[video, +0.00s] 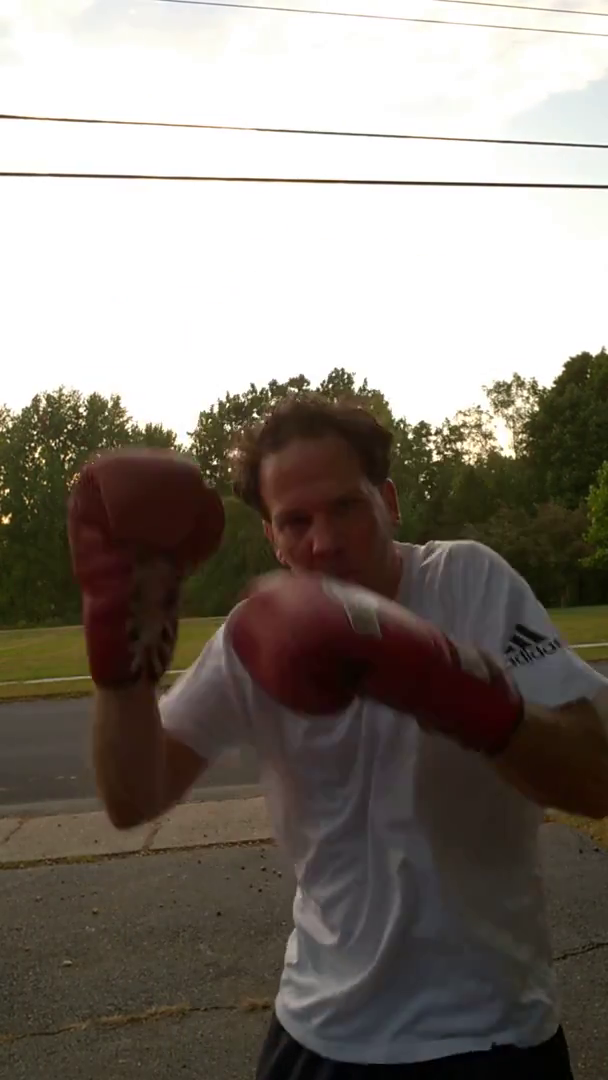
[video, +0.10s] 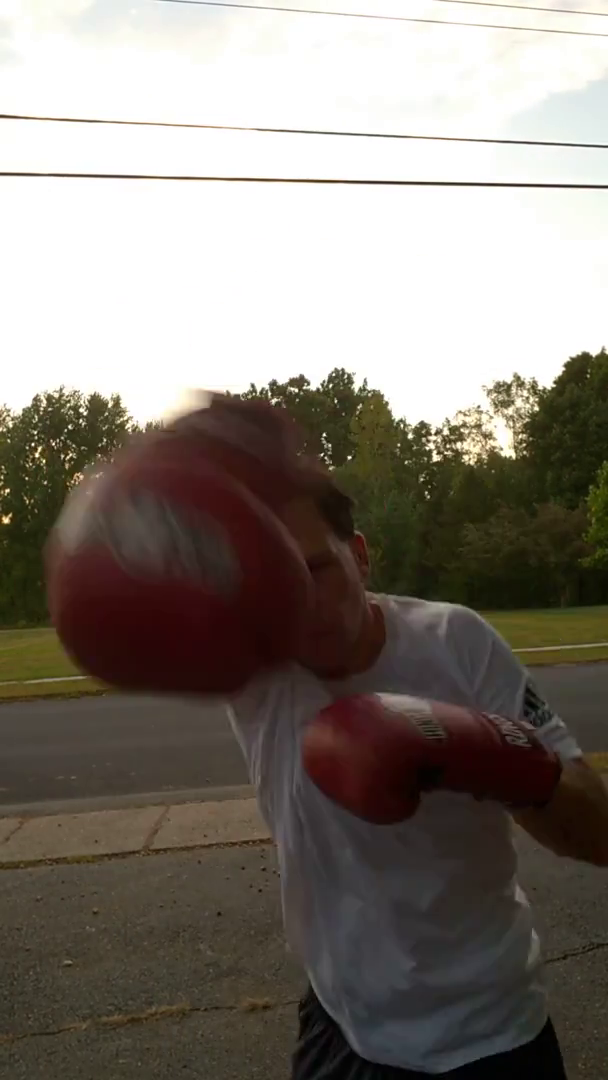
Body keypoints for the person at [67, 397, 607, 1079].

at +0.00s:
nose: (323, 541)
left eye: (342, 509)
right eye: (296, 522)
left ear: (387, 500)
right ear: (269, 533)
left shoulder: (469, 583)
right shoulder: (258, 634)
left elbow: (595, 780)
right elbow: (132, 799)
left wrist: (444, 688)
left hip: (484, 1021)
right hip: (322, 1023)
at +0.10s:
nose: (309, 601)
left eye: (318, 568)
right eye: (282, 582)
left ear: (359, 554)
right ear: (248, 600)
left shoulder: (454, 642)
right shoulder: (252, 678)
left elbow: (596, 832)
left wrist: (485, 757)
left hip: (487, 1034)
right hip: (339, 1029)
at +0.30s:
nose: (334, 594)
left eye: (352, 558)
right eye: (305, 571)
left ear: (400, 544)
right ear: (283, 575)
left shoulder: (506, 644)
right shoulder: (313, 679)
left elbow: (602, 710)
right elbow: (244, 813)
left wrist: (568, 601)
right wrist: (206, 803)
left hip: (536, 1049)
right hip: (388, 1041)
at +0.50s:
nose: (386, 566)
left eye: (404, 532)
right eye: (356, 547)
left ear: (447, 520)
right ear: (329, 558)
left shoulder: (538, 595)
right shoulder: (322, 655)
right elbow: (209, 834)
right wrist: (201, 661)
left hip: (589, 1017)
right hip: (450, 1016)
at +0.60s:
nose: (376, 615)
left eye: (390, 580)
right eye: (346, 592)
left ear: (440, 557)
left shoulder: (547, 636)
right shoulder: (352, 688)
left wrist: (551, 751)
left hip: (584, 1041)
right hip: (454, 1023)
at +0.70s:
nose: (405, 592)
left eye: (423, 554)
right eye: (378, 571)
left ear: (474, 534)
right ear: (356, 573)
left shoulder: (578, 622)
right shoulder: (360, 652)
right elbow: (253, 816)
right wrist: (350, 795)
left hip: (582, 1029)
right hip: (448, 1025)